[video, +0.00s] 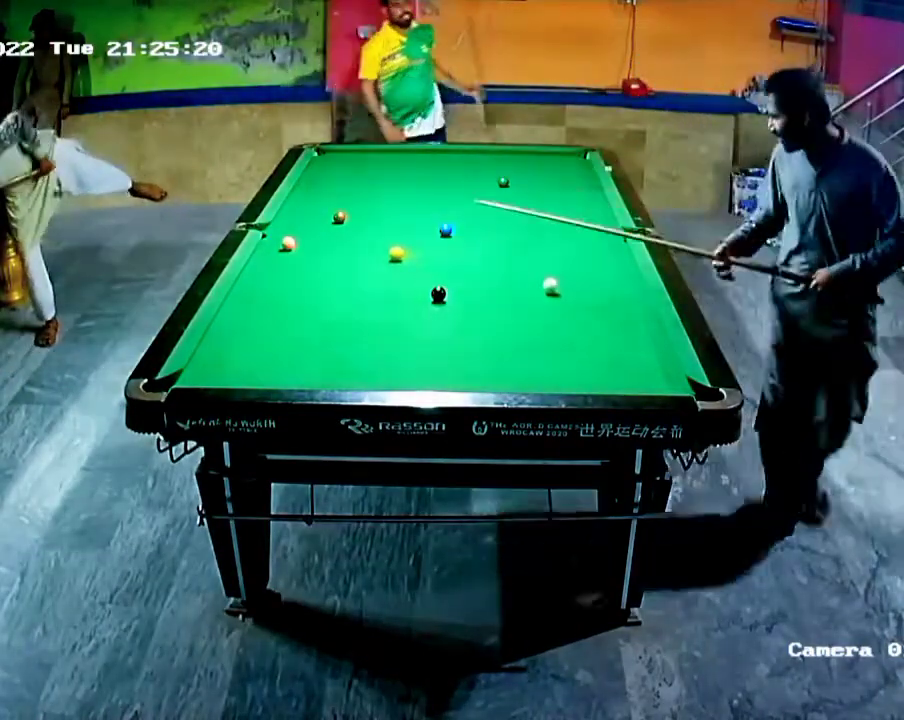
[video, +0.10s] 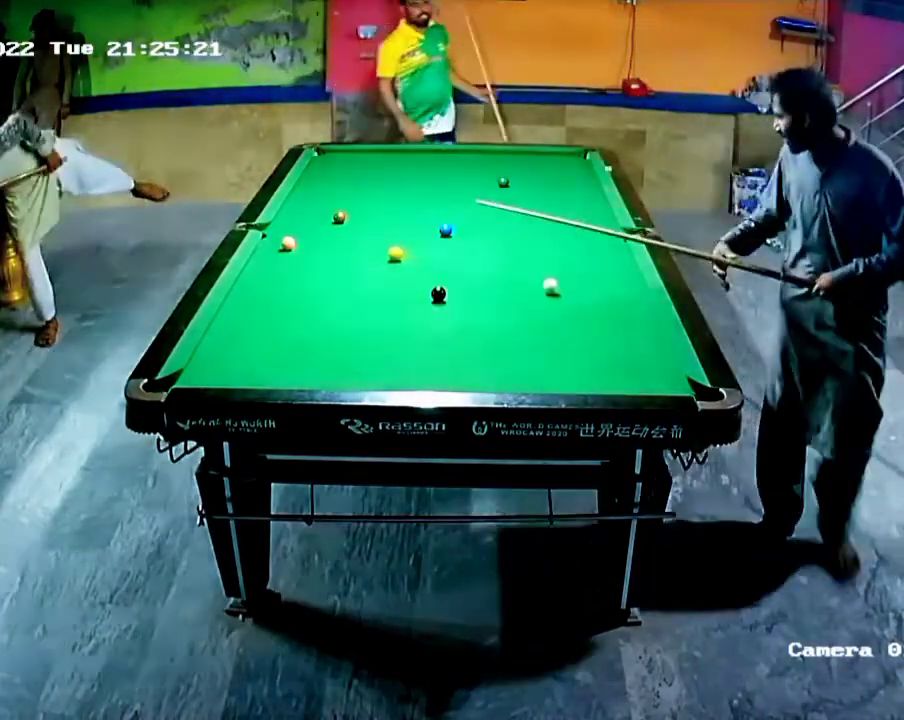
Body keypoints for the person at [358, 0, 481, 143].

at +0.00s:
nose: (405, 10)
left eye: (409, 4)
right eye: (397, 6)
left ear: (414, 5)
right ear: (386, 10)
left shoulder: (422, 32)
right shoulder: (374, 46)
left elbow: (430, 65)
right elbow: (367, 88)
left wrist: (461, 87)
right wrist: (386, 126)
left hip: (434, 123)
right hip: (404, 130)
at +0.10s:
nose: (422, 10)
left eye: (426, 3)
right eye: (415, 5)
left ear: (432, 5)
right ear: (404, 8)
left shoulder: (439, 32)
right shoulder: (392, 45)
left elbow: (446, 72)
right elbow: (385, 87)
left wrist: (477, 92)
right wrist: (405, 123)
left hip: (446, 124)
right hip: (417, 130)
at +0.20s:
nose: (431, 10)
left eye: (434, 3)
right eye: (423, 5)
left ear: (439, 6)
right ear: (411, 8)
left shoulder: (445, 33)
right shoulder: (399, 44)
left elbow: (452, 75)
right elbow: (393, 87)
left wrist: (480, 95)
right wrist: (416, 123)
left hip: (450, 122)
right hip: (422, 128)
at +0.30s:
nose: (447, 11)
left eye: (450, 4)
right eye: (439, 6)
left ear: (454, 5)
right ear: (424, 9)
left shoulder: (458, 33)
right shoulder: (414, 44)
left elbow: (461, 78)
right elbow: (410, 92)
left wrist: (488, 100)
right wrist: (436, 121)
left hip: (461, 121)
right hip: (432, 127)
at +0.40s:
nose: (460, 13)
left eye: (462, 7)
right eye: (452, 9)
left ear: (466, 7)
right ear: (440, 11)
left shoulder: (469, 36)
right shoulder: (428, 45)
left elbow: (469, 79)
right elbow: (421, 90)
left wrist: (493, 100)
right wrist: (450, 122)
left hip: (471, 121)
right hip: (444, 128)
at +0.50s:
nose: (477, 17)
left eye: (480, 10)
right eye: (469, 12)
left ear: (484, 10)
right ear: (457, 14)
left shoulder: (484, 40)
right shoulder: (447, 50)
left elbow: (482, 82)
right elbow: (440, 96)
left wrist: (504, 102)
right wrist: (470, 125)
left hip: (489, 126)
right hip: (461, 132)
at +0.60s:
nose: (486, 18)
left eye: (488, 12)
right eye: (477, 14)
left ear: (493, 11)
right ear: (466, 15)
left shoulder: (493, 41)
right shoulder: (458, 52)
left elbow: (492, 84)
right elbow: (450, 96)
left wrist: (511, 108)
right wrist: (481, 125)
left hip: (500, 128)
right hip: (473, 135)